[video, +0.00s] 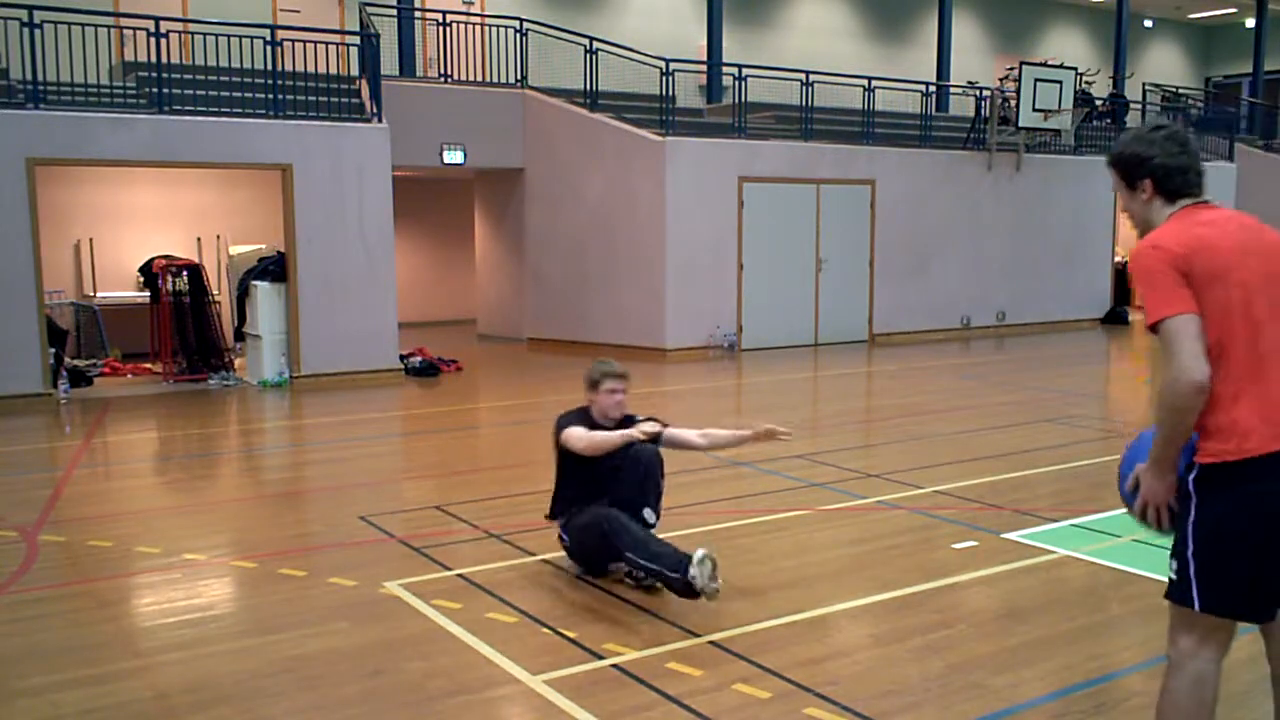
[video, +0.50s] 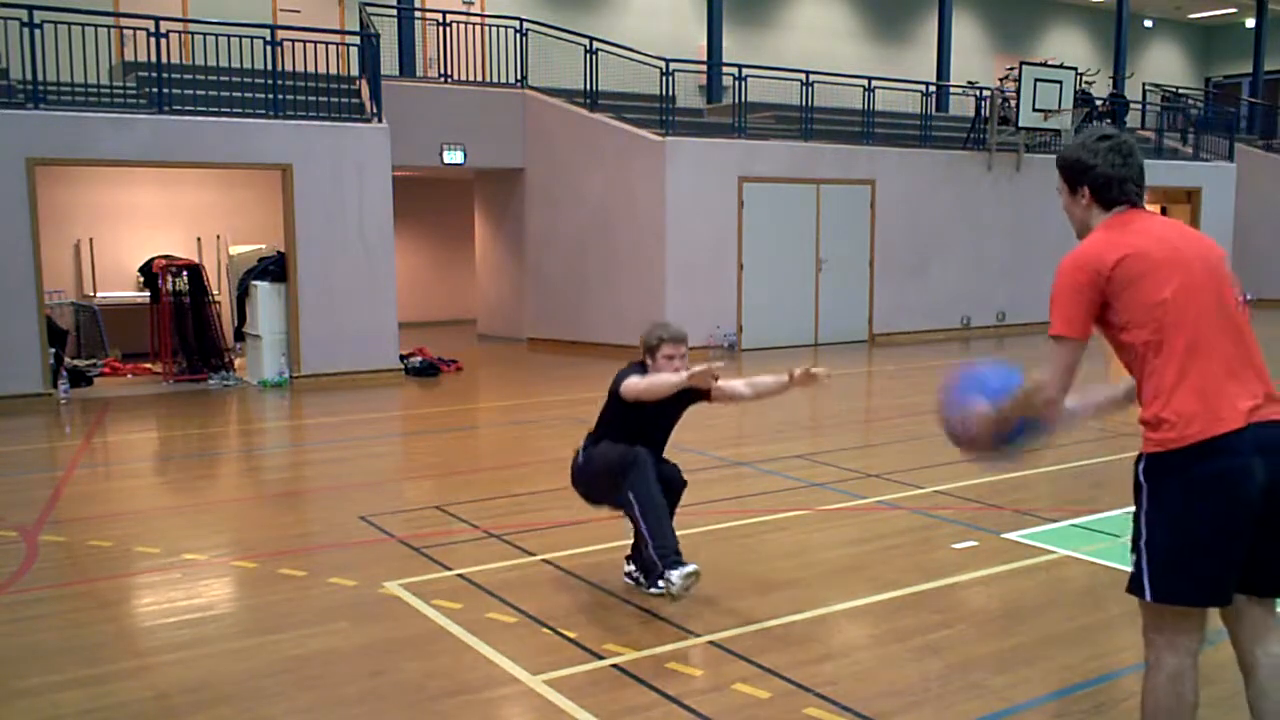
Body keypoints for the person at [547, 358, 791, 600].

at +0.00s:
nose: (620, 400)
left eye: (623, 393)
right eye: (612, 393)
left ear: (627, 395)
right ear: (591, 395)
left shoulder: (636, 426)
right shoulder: (570, 423)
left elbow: (700, 438)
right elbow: (584, 445)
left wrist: (751, 435)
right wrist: (630, 435)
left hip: (623, 518)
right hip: (579, 527)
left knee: (646, 455)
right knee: (609, 521)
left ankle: (637, 562)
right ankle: (689, 575)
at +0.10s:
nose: (637, 402)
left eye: (642, 395)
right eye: (629, 395)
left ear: (647, 395)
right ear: (610, 393)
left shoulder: (655, 424)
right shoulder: (587, 421)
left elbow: (716, 439)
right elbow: (607, 447)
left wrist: (770, 439)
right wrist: (655, 443)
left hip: (631, 518)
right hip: (588, 524)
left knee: (656, 464)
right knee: (617, 515)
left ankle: (640, 564)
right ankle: (699, 581)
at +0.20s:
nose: (649, 400)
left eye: (654, 393)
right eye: (641, 393)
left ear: (658, 392)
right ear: (622, 392)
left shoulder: (665, 420)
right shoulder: (598, 420)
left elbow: (728, 434)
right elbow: (617, 450)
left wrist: (782, 435)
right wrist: (658, 451)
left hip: (636, 515)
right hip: (594, 523)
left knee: (667, 470)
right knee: (624, 501)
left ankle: (641, 564)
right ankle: (703, 583)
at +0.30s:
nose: (659, 395)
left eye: (664, 388)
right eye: (651, 388)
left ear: (669, 388)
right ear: (632, 388)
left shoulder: (675, 413)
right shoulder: (612, 412)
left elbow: (737, 421)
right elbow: (626, 435)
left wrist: (789, 416)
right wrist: (672, 435)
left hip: (641, 511)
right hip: (598, 518)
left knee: (674, 475)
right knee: (631, 486)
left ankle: (643, 565)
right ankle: (696, 578)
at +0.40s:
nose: (671, 383)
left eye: (677, 376)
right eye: (663, 376)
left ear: (682, 375)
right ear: (643, 375)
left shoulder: (684, 401)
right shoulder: (624, 395)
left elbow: (741, 404)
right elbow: (631, 411)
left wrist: (789, 396)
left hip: (638, 496)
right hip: (594, 495)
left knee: (676, 477)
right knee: (637, 468)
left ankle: (642, 565)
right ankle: (684, 571)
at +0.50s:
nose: (679, 365)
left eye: (683, 357)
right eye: (670, 358)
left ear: (688, 357)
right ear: (649, 358)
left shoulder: (689, 386)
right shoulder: (631, 376)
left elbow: (742, 390)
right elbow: (635, 391)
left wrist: (789, 381)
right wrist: (686, 380)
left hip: (642, 471)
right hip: (594, 470)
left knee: (671, 479)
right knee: (638, 461)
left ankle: (642, 563)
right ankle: (667, 568)